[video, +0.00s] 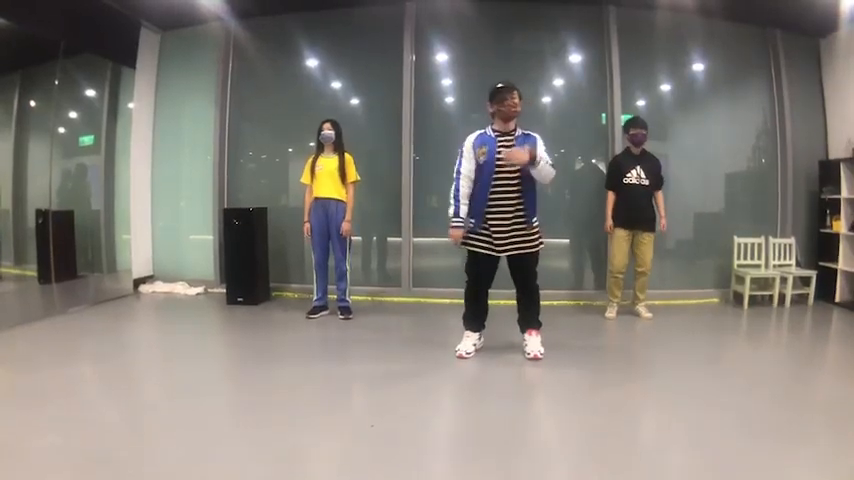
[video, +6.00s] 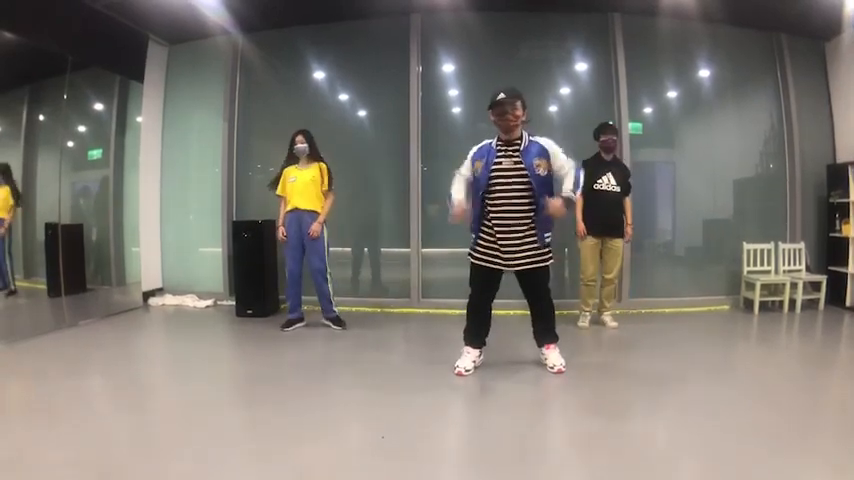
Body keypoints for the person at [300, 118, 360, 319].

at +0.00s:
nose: (326, 133)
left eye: (330, 130)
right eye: (323, 130)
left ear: (337, 134)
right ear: (319, 135)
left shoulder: (345, 158)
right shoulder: (313, 160)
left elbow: (350, 190)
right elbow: (309, 191)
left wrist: (348, 219)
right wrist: (306, 219)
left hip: (338, 204)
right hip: (318, 204)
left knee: (340, 257)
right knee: (319, 257)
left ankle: (343, 302)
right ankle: (320, 301)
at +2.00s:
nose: (318, 149)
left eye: (323, 146)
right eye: (315, 145)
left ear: (329, 151)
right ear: (311, 151)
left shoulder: (337, 173)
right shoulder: (309, 177)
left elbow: (351, 200)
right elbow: (300, 204)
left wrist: (336, 220)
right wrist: (298, 221)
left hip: (334, 226)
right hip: (316, 226)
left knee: (332, 277)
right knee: (309, 273)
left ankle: (362, 312)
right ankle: (308, 317)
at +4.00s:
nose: (329, 137)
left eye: (333, 135)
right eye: (326, 135)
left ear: (339, 142)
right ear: (321, 142)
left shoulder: (345, 165)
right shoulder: (315, 168)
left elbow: (356, 195)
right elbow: (310, 195)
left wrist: (342, 223)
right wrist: (308, 222)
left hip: (339, 213)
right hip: (319, 213)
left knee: (344, 267)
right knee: (313, 266)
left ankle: (356, 310)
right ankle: (310, 311)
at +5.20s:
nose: (336, 149)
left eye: (340, 146)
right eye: (333, 146)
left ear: (347, 151)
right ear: (328, 150)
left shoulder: (350, 178)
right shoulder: (316, 171)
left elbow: (357, 206)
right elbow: (304, 194)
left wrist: (348, 221)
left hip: (335, 223)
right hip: (314, 222)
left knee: (342, 274)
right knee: (299, 269)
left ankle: (352, 314)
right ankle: (298, 313)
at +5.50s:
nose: (308, 142)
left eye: (313, 139)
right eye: (305, 139)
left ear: (319, 146)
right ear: (300, 146)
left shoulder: (324, 169)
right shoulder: (292, 170)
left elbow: (333, 197)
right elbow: (282, 195)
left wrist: (325, 222)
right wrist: (272, 213)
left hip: (316, 217)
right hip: (296, 217)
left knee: (325, 269)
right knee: (295, 269)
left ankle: (340, 313)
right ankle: (296, 315)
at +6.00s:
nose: (299, 146)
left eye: (303, 142)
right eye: (296, 143)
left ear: (310, 145)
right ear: (292, 147)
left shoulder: (321, 167)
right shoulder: (287, 171)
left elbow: (329, 196)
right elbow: (283, 200)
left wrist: (319, 221)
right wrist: (280, 223)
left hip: (313, 216)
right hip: (291, 215)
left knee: (318, 266)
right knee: (293, 268)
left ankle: (330, 313)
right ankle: (295, 314)